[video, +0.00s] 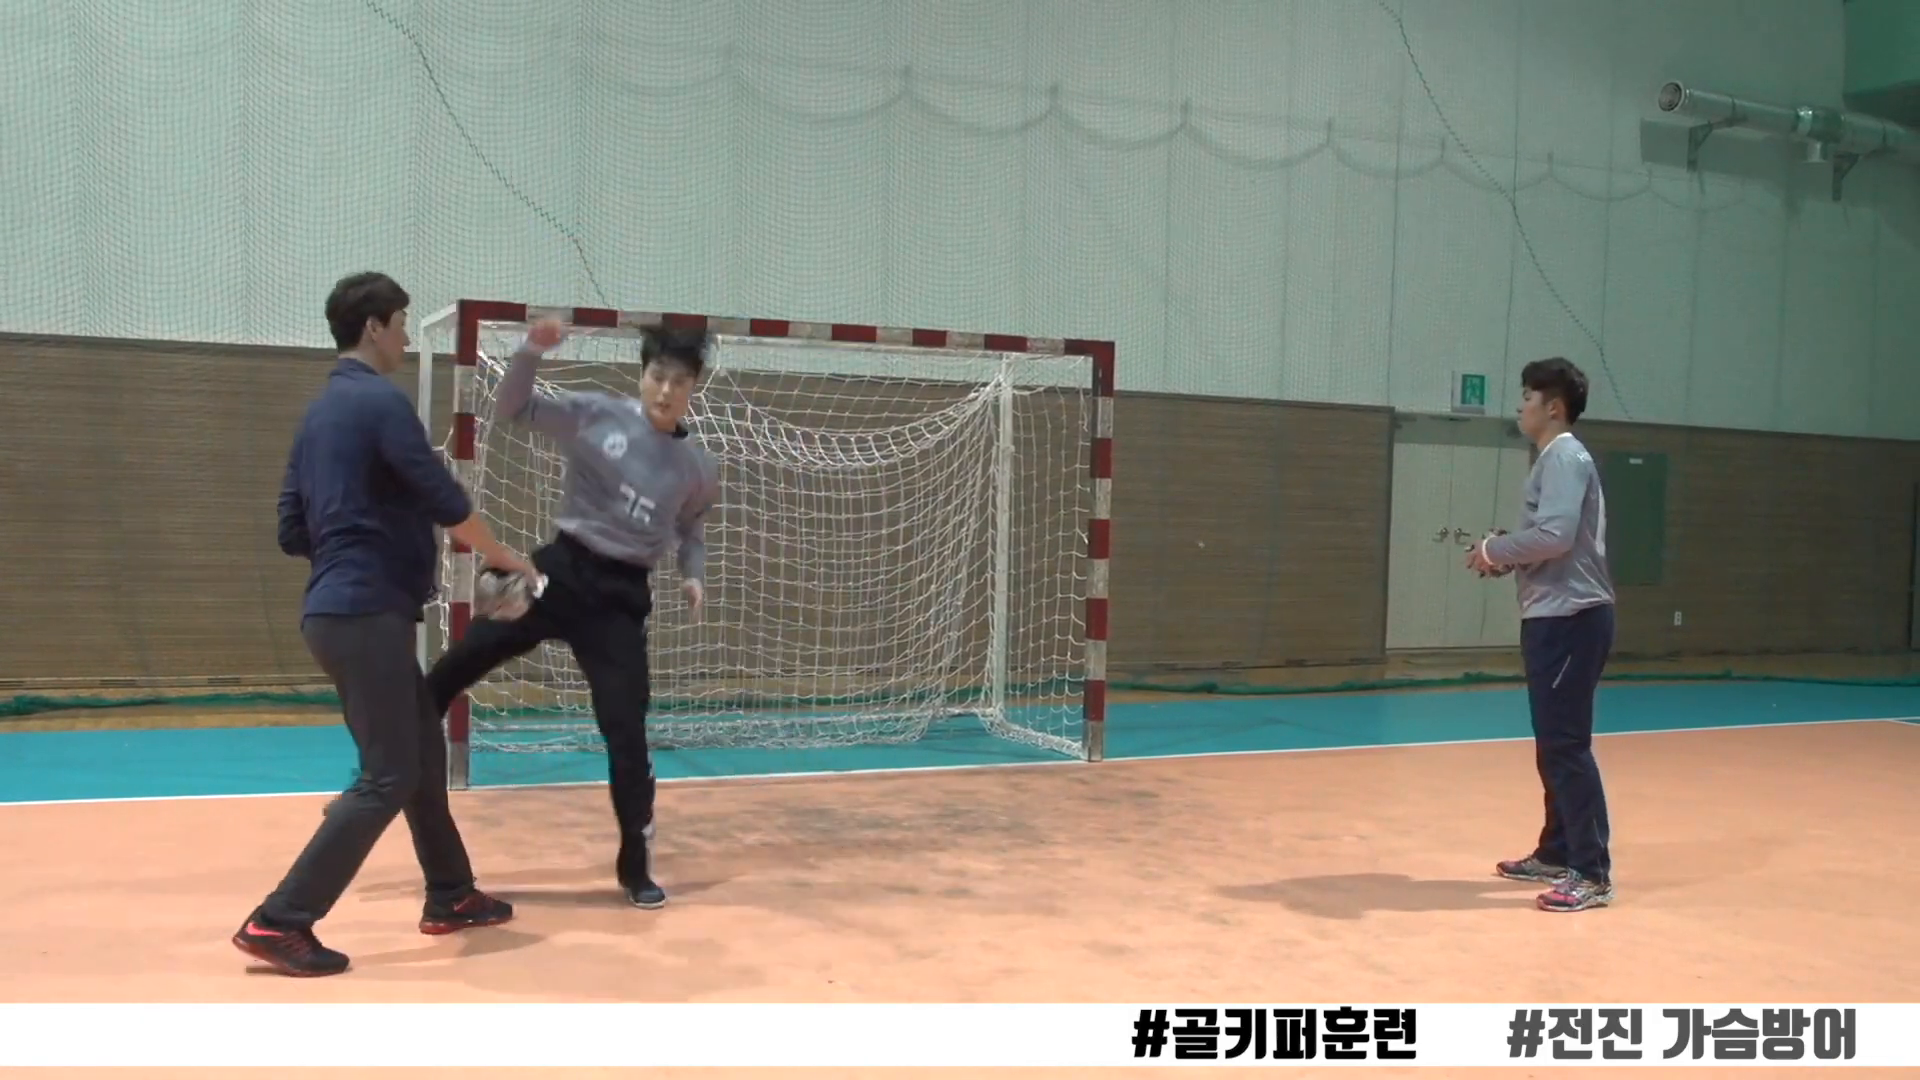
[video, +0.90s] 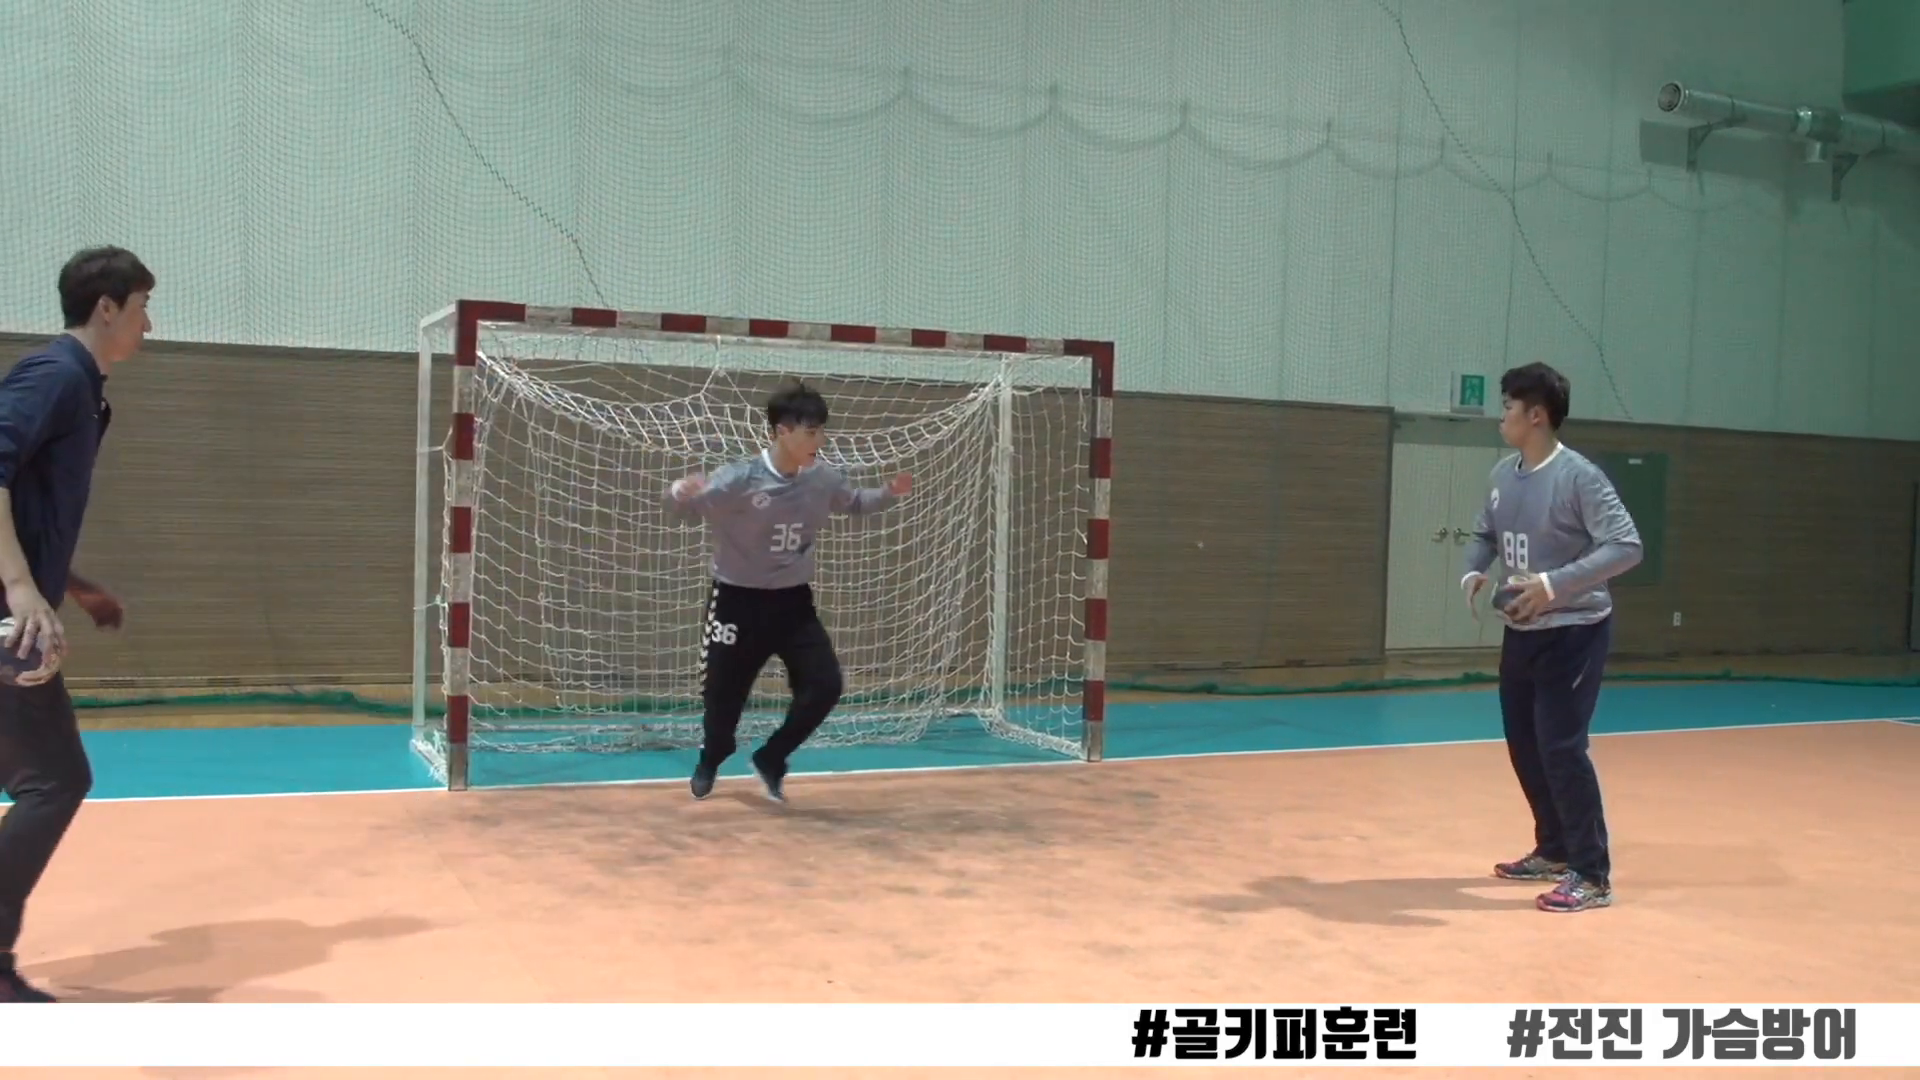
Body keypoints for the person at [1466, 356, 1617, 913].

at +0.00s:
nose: (1520, 406)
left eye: (1528, 397)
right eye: (1522, 397)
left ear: (1554, 404)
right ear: (1552, 405)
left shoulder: (1566, 455)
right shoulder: (1550, 458)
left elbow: (1557, 537)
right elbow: (1547, 535)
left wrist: (1499, 551)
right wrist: (1501, 552)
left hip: (1571, 618)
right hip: (1551, 618)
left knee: (1566, 744)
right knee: (1553, 743)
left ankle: (1592, 875)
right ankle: (1557, 855)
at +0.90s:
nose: (1501, 415)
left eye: (1509, 407)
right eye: (1503, 406)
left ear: (1538, 415)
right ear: (1526, 414)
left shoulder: (1581, 476)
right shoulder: (1505, 475)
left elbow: (1626, 547)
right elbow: (1485, 538)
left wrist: (1553, 585)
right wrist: (1476, 570)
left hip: (1574, 633)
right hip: (1522, 631)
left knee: (1561, 746)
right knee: (1525, 744)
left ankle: (1592, 877)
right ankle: (1555, 852)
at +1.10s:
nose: (1489, 421)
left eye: (1496, 413)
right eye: (1490, 412)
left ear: (1523, 418)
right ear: (1512, 418)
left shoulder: (1570, 478)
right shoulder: (1496, 480)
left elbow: (1621, 507)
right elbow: (1480, 553)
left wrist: (1626, 497)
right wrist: (1446, 603)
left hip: (1562, 634)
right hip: (1510, 632)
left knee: (1552, 746)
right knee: (1478, 721)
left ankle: (1591, 877)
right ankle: (1530, 828)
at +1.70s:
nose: (1403, 437)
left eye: (1408, 429)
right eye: (1407, 429)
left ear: (1423, 432)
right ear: (1447, 438)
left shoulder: (1411, 466)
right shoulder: (1468, 486)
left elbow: (1333, 467)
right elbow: (1506, 561)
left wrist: (1283, 425)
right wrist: (1521, 629)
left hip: (1462, 599)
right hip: (1492, 601)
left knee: (1479, 717)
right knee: (1438, 708)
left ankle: (1544, 834)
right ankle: (1427, 830)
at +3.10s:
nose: (1525, 408)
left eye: (1531, 398)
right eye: (1529, 398)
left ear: (1551, 404)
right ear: (1561, 407)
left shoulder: (1562, 455)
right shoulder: (1558, 457)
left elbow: (1591, 532)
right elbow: (1558, 555)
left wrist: (1573, 612)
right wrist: (1506, 591)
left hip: (1548, 617)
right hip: (1572, 613)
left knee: (1520, 737)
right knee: (1578, 739)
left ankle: (1523, 861)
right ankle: (1605, 860)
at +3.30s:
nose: (1547, 411)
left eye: (1553, 403)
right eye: (1551, 402)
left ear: (1575, 408)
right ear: (1587, 412)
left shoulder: (1580, 461)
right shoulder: (1605, 464)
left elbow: (1584, 542)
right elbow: (1587, 561)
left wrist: (1549, 620)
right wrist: (1524, 600)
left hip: (1586, 621)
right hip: (1614, 621)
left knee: (1528, 730)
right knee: (1599, 741)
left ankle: (1525, 861)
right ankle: (1607, 864)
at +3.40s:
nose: (1555, 410)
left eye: (1562, 401)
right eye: (1559, 400)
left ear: (1585, 408)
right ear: (1594, 411)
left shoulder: (1588, 461)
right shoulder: (1615, 464)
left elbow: (1576, 546)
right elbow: (1599, 558)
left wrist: (1524, 610)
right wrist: (1547, 619)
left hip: (1589, 620)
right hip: (1619, 620)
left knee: (1536, 727)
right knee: (1601, 740)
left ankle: (1535, 862)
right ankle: (1606, 864)